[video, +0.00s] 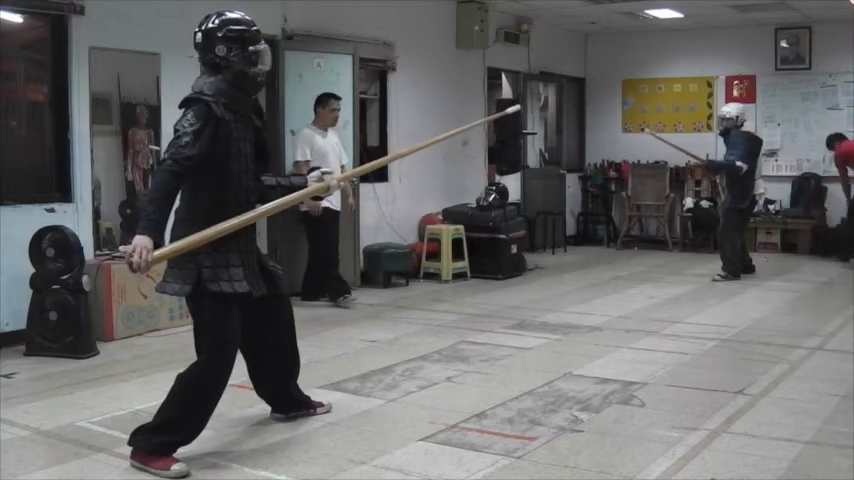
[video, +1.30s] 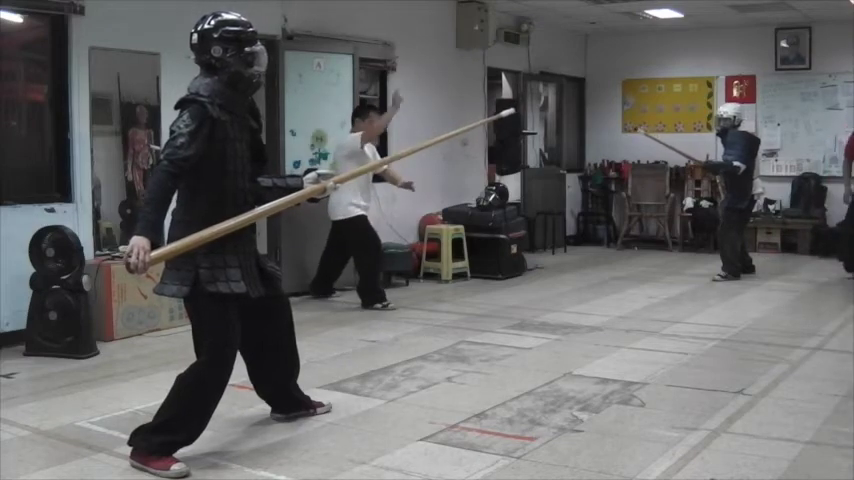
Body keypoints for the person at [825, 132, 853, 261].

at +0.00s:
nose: (834, 152)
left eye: (833, 149)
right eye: (832, 150)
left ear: (836, 143)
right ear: (842, 139)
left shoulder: (839, 153)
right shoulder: (850, 143)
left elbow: (845, 181)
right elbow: (845, 181)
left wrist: (848, 199)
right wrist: (848, 199)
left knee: (850, 221)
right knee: (849, 221)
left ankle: (846, 253)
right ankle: (846, 253)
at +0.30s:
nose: (836, 127)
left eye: (836, 123)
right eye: (834, 124)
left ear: (842, 120)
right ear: (846, 117)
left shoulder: (850, 134)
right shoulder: (849, 133)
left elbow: (852, 165)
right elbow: (852, 165)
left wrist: (849, 189)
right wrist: (849, 189)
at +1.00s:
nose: (853, 116)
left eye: (853, 112)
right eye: (853, 112)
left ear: (851, 113)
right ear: (851, 113)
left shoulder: (848, 135)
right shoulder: (847, 135)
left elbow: (842, 163)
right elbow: (842, 162)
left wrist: (839, 186)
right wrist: (839, 187)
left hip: (851, 187)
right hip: (852, 187)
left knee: (849, 224)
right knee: (849, 224)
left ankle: (850, 262)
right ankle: (850, 263)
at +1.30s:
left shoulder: (850, 141)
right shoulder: (851, 140)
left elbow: (847, 162)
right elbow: (847, 162)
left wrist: (847, 188)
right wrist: (847, 188)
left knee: (849, 227)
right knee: (849, 228)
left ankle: (849, 261)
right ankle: (849, 262)